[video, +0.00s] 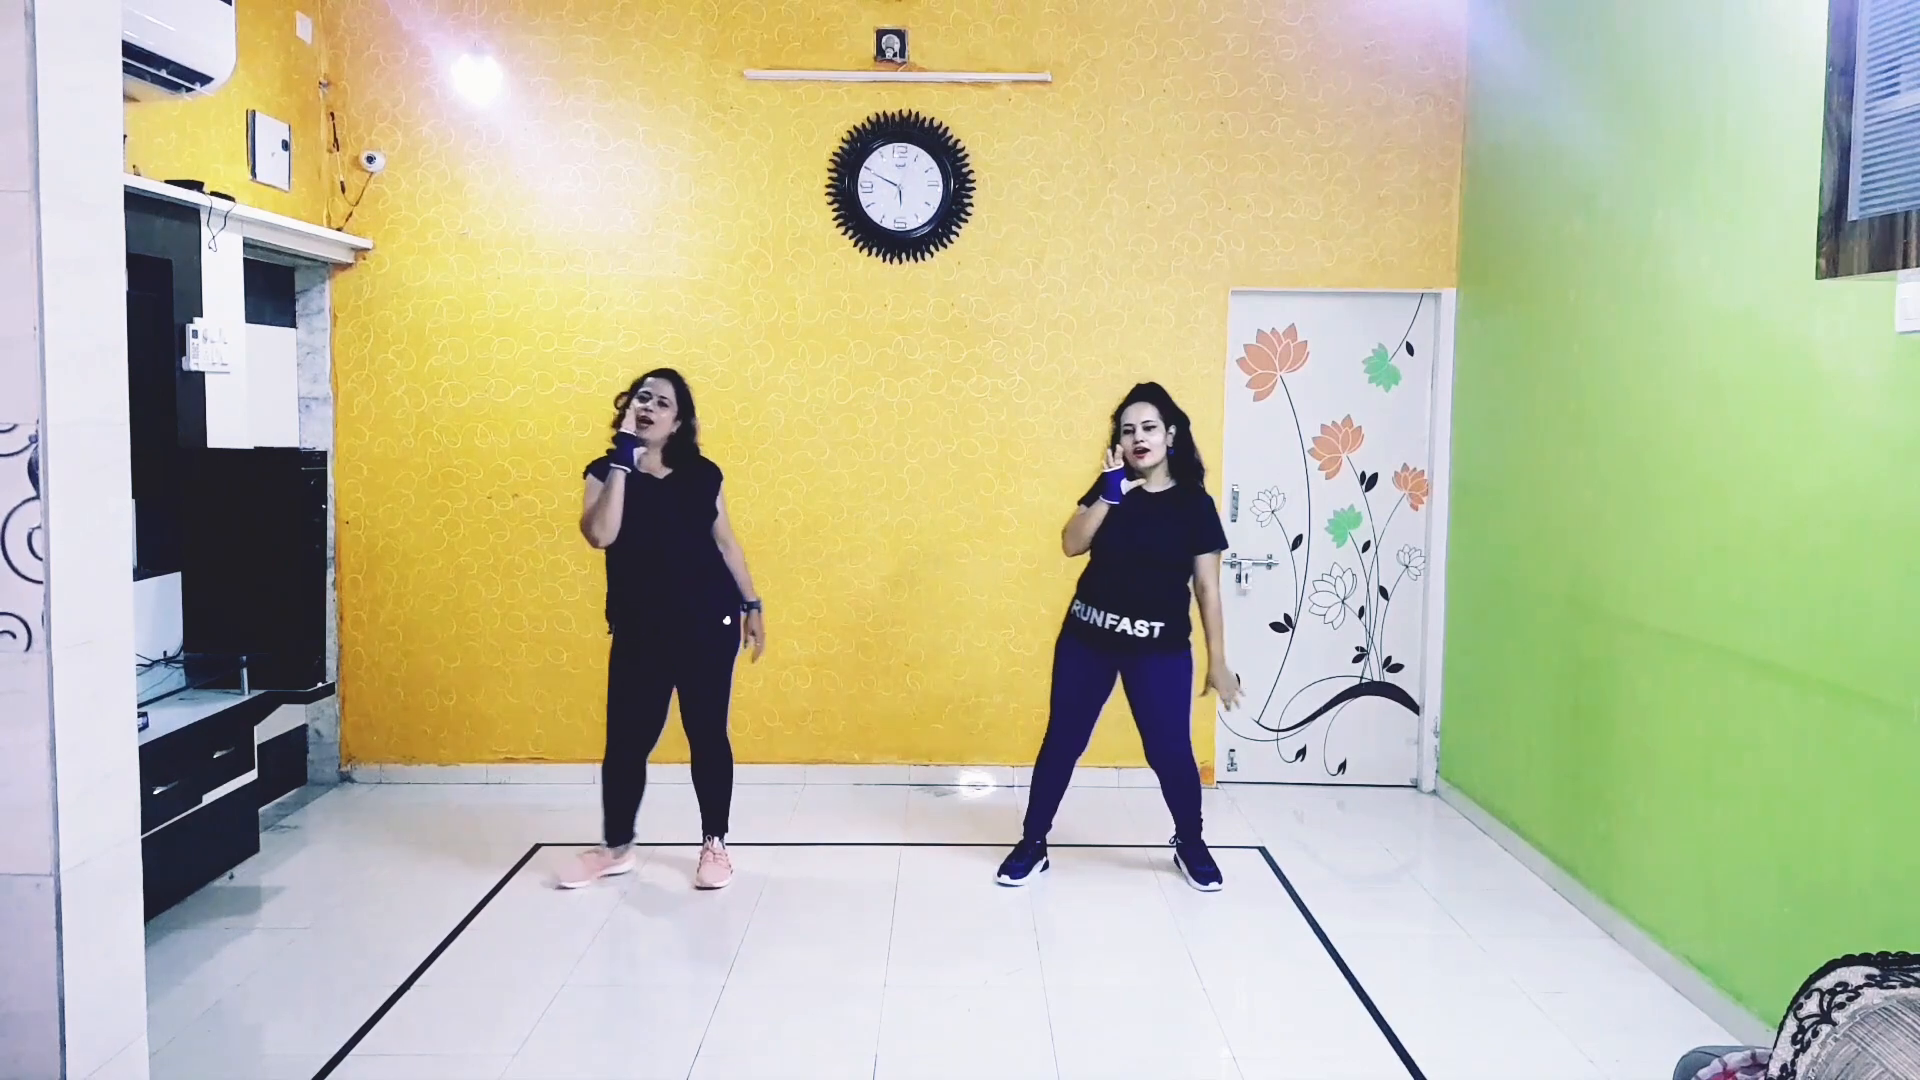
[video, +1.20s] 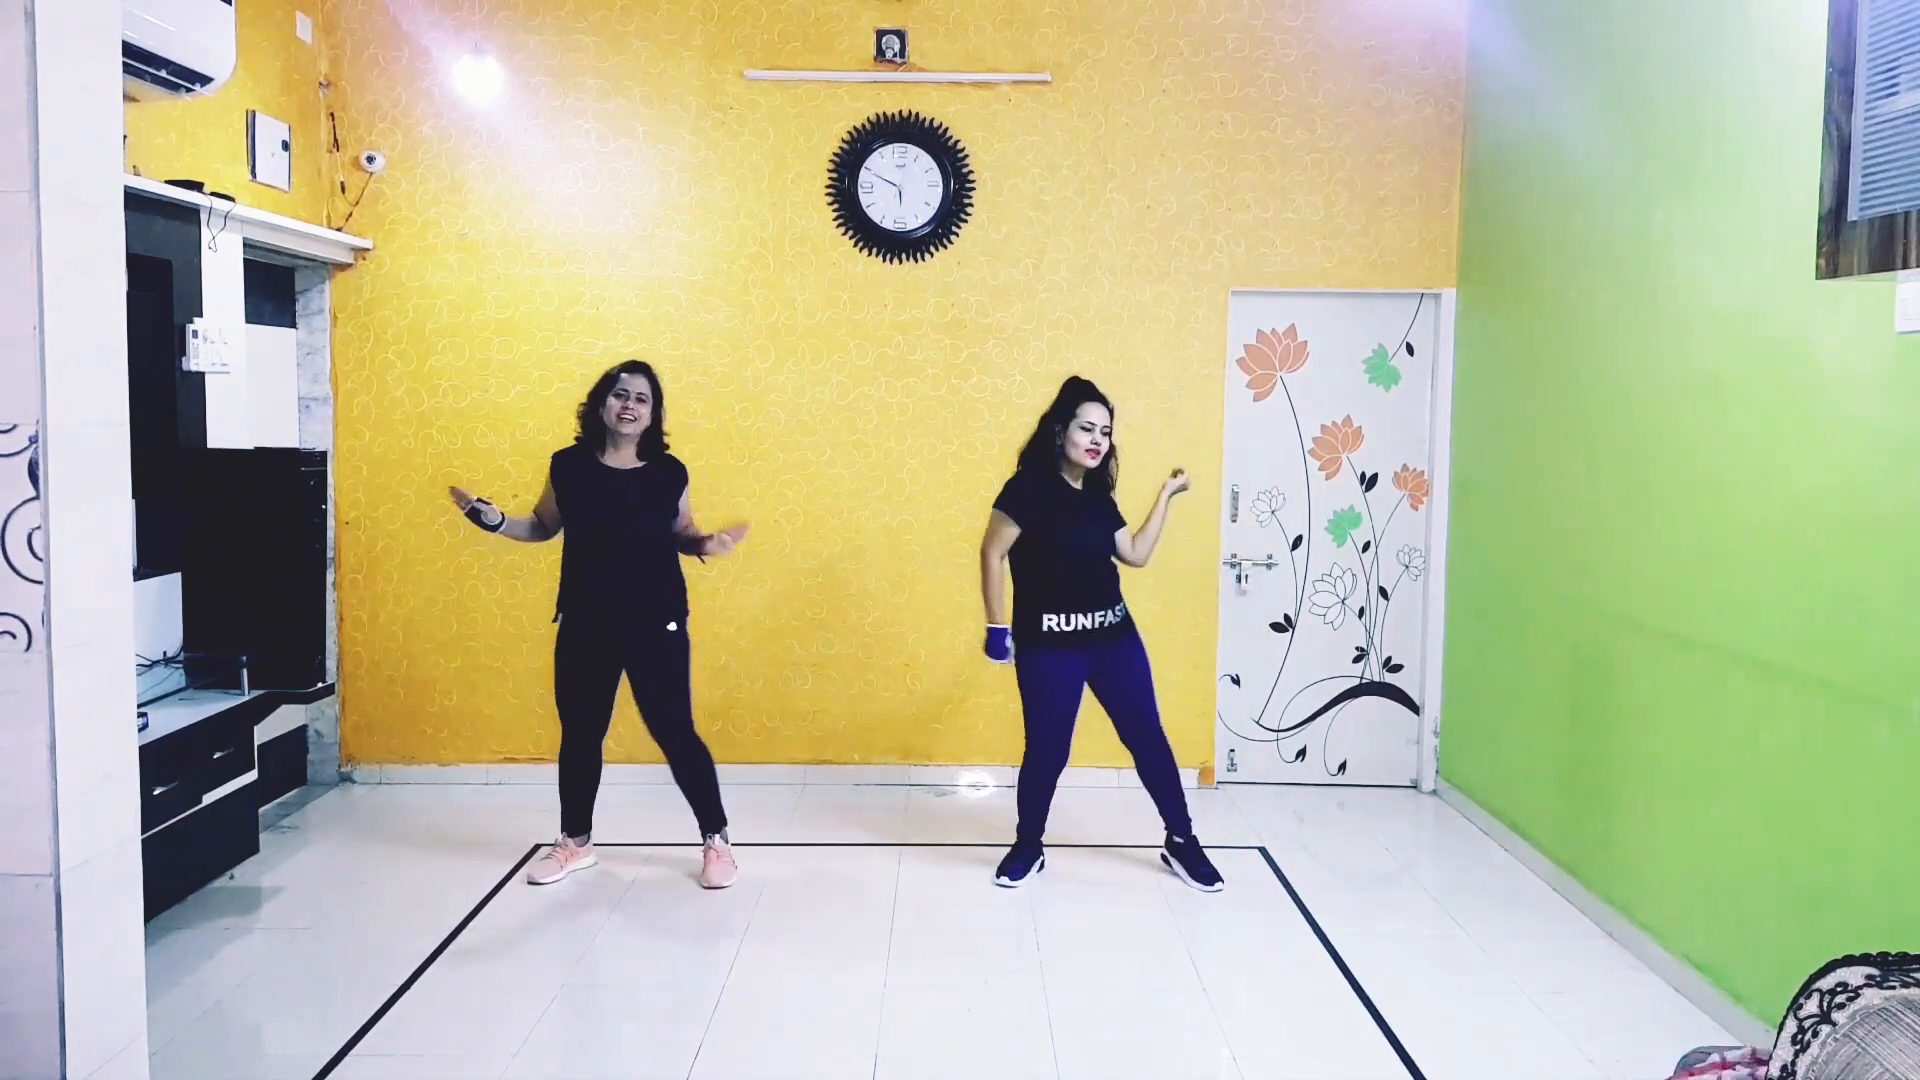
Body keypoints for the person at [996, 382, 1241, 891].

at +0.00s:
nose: (1138, 437)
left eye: (1149, 426)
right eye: (1128, 429)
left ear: (1172, 433)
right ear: (1118, 439)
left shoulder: (1194, 505)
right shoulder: (1110, 488)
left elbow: (1207, 587)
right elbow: (1071, 544)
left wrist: (1218, 662)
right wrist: (1109, 489)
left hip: (1159, 648)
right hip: (1089, 637)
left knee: (1171, 753)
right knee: (1062, 743)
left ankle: (1191, 843)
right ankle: (1032, 842)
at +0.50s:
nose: (1151, 435)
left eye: (1161, 425)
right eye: (1140, 426)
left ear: (1181, 432)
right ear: (1129, 437)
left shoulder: (1211, 485)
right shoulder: (1125, 491)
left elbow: (1252, 560)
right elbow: (1101, 568)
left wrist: (1279, 627)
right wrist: (1132, 517)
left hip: (1206, 642)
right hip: (1134, 638)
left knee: (1202, 754)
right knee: (1090, 742)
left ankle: (1194, 844)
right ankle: (1043, 839)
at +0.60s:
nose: (1143, 435)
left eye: (1154, 426)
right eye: (1132, 426)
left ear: (1171, 436)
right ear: (1118, 436)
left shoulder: (1199, 484)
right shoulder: (1110, 499)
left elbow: (1254, 542)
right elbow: (1094, 578)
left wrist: (1296, 598)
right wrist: (1127, 552)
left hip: (1203, 642)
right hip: (1132, 641)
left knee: (1202, 753)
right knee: (1087, 743)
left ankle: (1195, 844)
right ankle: (1040, 839)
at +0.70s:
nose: (1137, 436)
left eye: (1147, 428)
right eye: (1127, 426)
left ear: (1158, 438)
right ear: (1106, 435)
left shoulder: (1181, 482)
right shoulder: (1092, 505)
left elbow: (1246, 516)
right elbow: (1082, 582)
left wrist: (1310, 543)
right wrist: (1111, 602)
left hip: (1197, 636)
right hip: (1126, 640)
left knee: (1200, 749)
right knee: (1084, 744)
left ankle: (1194, 844)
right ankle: (1034, 838)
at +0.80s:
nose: (1131, 439)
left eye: (1139, 432)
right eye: (1120, 428)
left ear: (1145, 441)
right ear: (1094, 432)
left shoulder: (1158, 487)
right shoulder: (1072, 508)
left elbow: (1227, 510)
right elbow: (1061, 585)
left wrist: (1305, 490)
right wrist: (1091, 630)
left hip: (1182, 637)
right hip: (1114, 643)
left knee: (1195, 746)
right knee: (1077, 748)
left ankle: (1194, 843)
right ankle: (1030, 840)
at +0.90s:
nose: (1120, 439)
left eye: (1127, 432)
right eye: (1109, 428)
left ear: (1133, 440)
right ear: (1082, 432)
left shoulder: (1136, 491)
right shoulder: (1054, 504)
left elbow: (1195, 521)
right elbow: (1040, 580)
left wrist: (1243, 472)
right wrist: (1068, 640)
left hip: (1163, 639)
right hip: (1096, 645)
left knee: (1184, 745)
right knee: (1069, 753)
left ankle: (1194, 844)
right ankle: (1029, 842)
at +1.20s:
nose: (1097, 440)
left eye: (1104, 432)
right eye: (1087, 428)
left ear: (1109, 441)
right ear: (1060, 430)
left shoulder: (1097, 496)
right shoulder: (1029, 488)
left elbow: (1136, 554)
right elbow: (993, 552)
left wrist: (1165, 495)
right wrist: (998, 626)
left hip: (1112, 637)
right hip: (1048, 643)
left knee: (1147, 739)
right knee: (1046, 754)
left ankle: (1181, 838)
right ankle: (1028, 844)